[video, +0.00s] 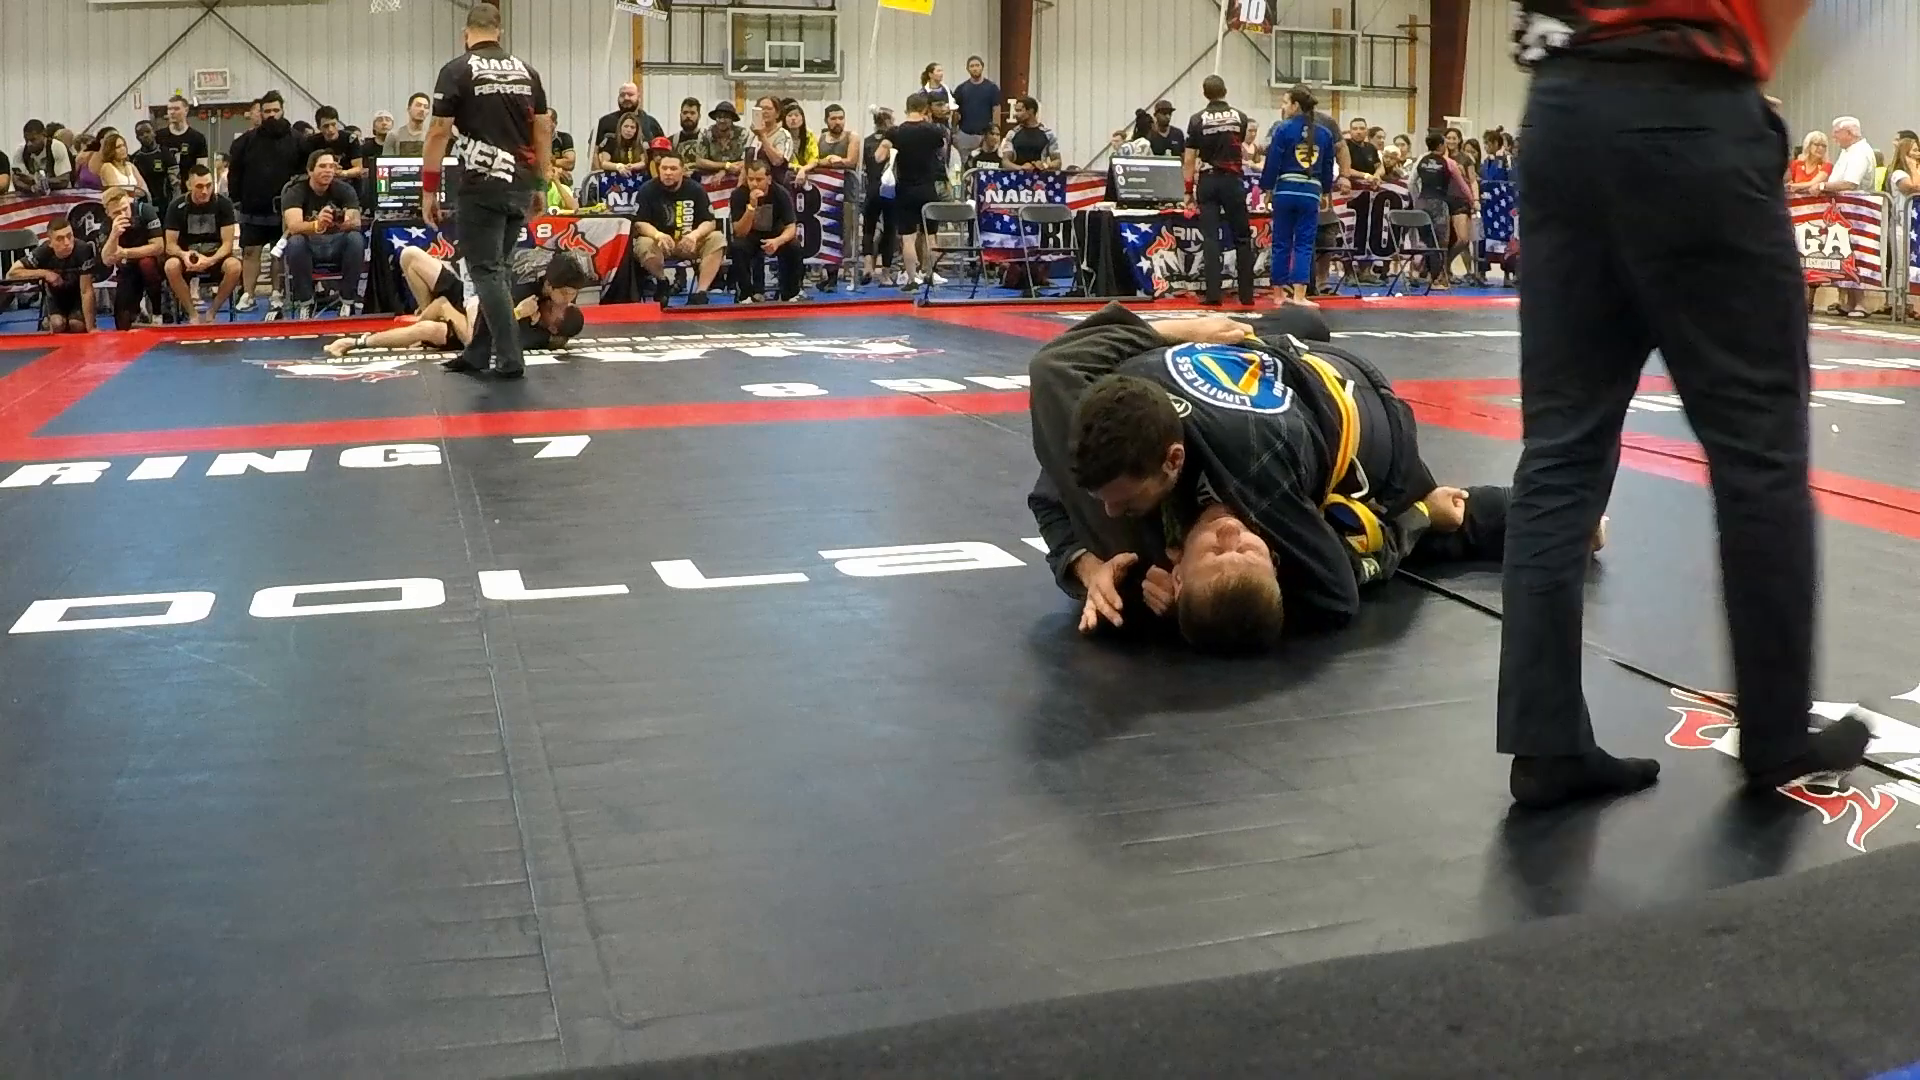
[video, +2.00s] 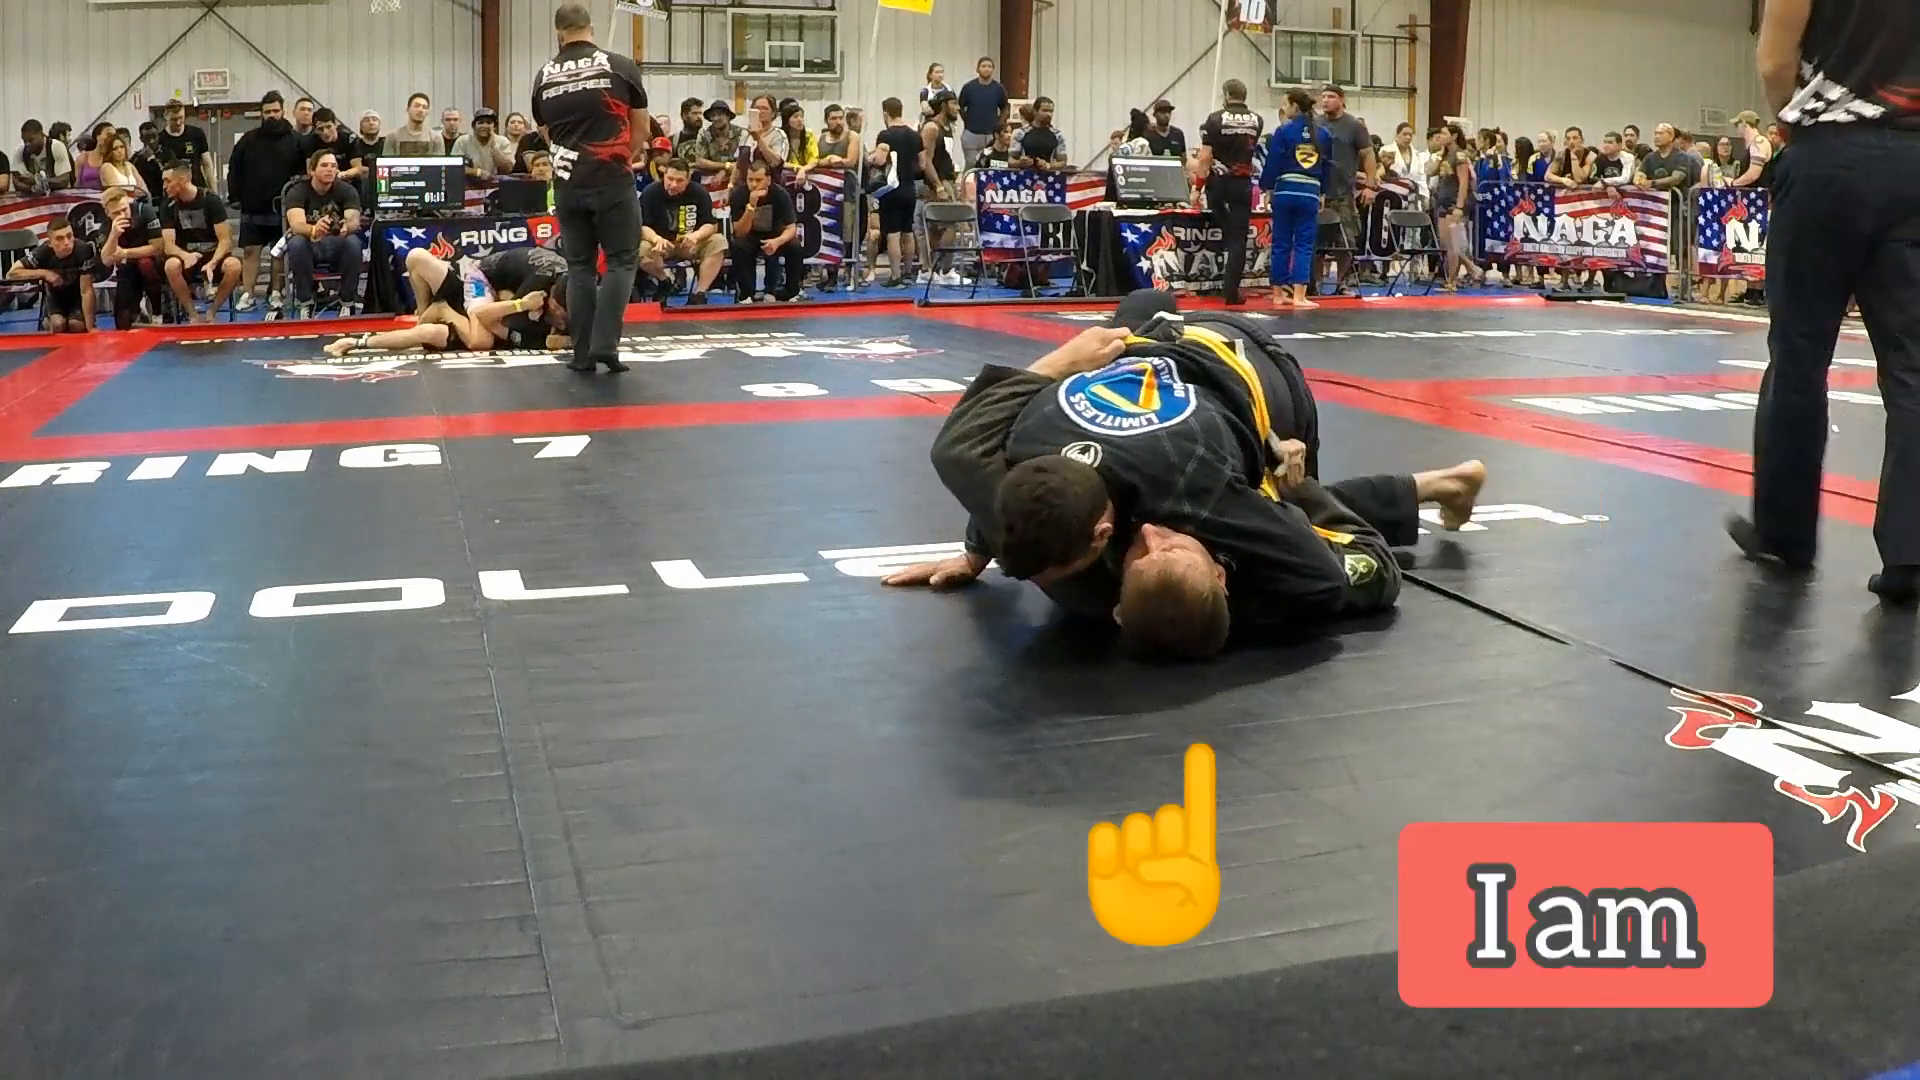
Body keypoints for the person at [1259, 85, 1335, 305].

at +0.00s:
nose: (1284, 107)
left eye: (1287, 103)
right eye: (1285, 102)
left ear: (1296, 105)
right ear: (1308, 106)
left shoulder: (1284, 128)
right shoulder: (1324, 133)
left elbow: (1273, 160)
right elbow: (1328, 166)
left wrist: (1266, 188)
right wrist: (1326, 191)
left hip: (1286, 189)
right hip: (1312, 192)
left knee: (1281, 241)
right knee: (1305, 243)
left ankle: (1278, 294)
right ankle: (1299, 295)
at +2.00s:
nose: (1283, 108)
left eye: (1286, 104)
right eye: (1284, 104)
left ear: (1295, 106)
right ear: (1306, 107)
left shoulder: (1283, 131)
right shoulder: (1322, 134)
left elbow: (1272, 161)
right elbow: (1326, 166)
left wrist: (1266, 186)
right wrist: (1322, 191)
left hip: (1284, 190)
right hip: (1310, 193)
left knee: (1281, 242)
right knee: (1305, 243)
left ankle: (1278, 292)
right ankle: (1299, 295)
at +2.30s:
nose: (1283, 109)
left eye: (1285, 105)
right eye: (1284, 104)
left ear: (1293, 106)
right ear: (1306, 106)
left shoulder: (1282, 132)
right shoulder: (1323, 134)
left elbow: (1271, 163)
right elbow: (1327, 166)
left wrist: (1266, 187)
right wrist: (1325, 190)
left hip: (1284, 190)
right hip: (1310, 193)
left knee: (1281, 242)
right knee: (1305, 243)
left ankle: (1278, 292)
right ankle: (1299, 295)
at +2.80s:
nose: (1285, 109)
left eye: (1286, 105)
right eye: (1286, 105)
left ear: (1292, 106)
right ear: (1309, 106)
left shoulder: (1282, 130)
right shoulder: (1324, 133)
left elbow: (1271, 161)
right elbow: (1329, 166)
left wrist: (1266, 188)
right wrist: (1327, 191)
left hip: (1284, 191)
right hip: (1310, 193)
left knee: (1281, 242)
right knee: (1305, 243)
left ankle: (1278, 292)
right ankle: (1299, 296)